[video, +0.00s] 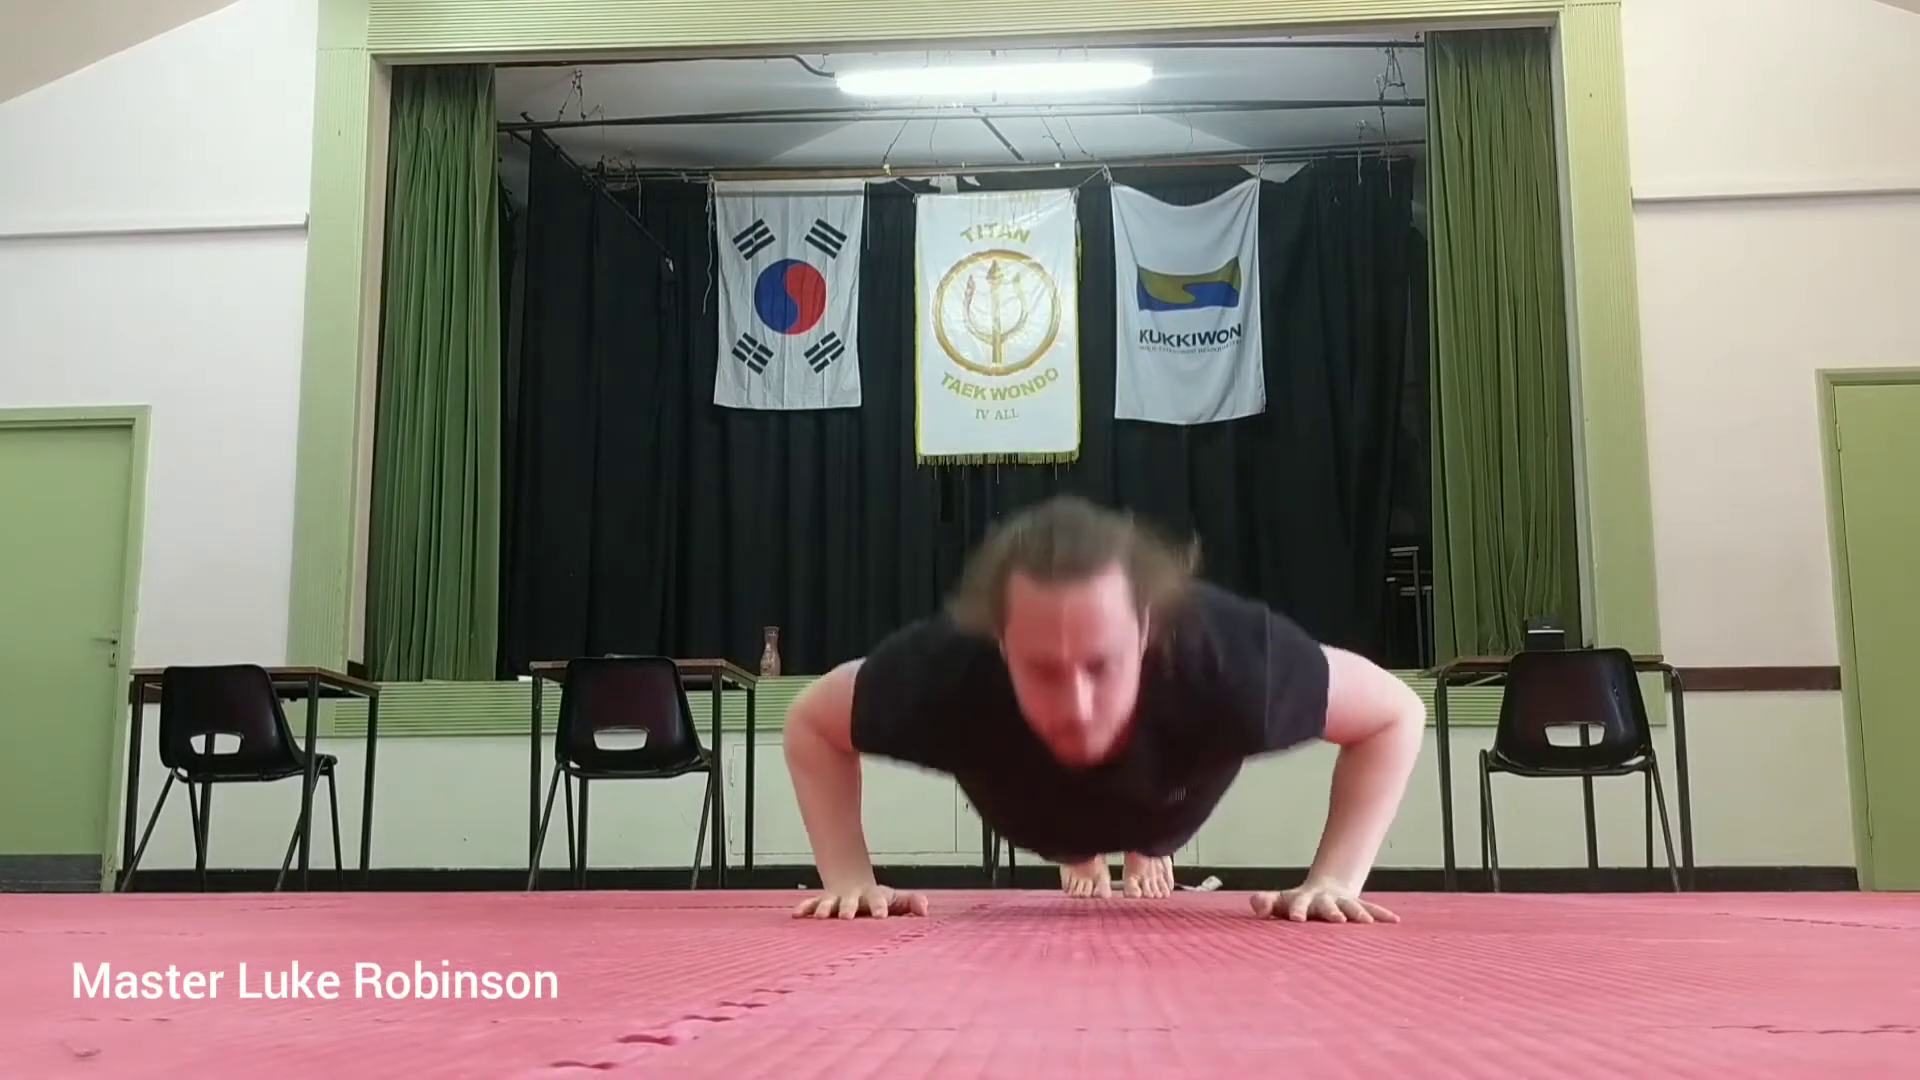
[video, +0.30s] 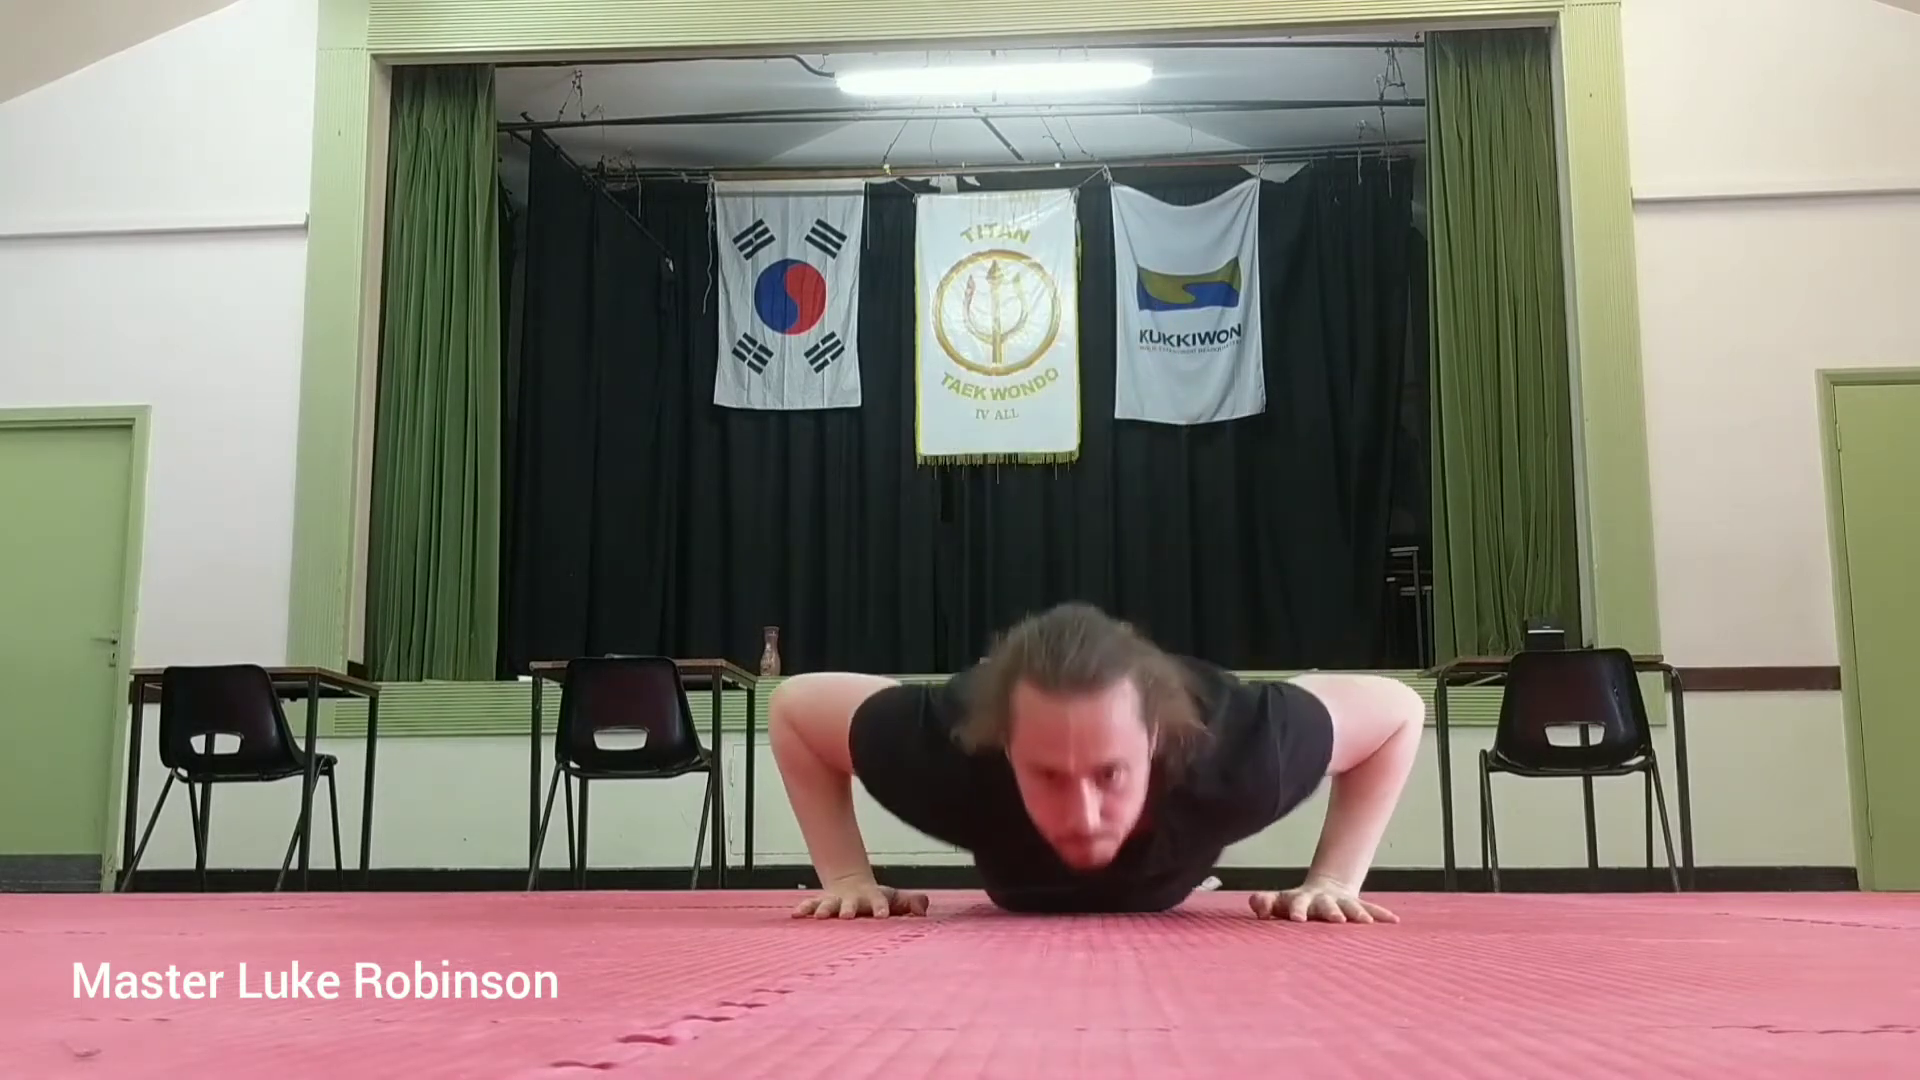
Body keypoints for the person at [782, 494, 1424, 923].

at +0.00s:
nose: (1076, 700)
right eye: (1046, 672)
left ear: (1145, 635)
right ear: (1003, 646)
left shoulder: (1229, 662)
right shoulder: (948, 675)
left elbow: (1394, 716)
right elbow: (813, 723)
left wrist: (1337, 878)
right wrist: (848, 880)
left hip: (1167, 795)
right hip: (1032, 806)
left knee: (1146, 822)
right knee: (1067, 833)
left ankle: (1144, 851)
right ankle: (1082, 855)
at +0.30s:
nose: (1085, 813)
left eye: (1110, 775)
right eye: (1050, 779)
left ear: (1157, 744)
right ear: (1006, 749)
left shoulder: (1242, 754)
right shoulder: (947, 747)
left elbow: (1397, 714)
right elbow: (796, 712)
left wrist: (1335, 878)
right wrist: (845, 875)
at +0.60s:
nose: (1071, 569)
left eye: (1095, 535)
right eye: (1043, 537)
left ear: (1141, 522)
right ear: (1003, 527)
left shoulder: (1225, 588)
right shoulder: (948, 596)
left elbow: (1390, 708)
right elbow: (798, 720)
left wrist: (1336, 877)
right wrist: (846, 872)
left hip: (1166, 773)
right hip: (1040, 784)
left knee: (1155, 816)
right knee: (1074, 830)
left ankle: (1148, 845)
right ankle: (1081, 860)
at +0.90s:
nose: (1067, 416)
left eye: (1090, 379)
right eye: (1036, 384)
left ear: (1133, 361)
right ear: (997, 374)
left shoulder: (1215, 469)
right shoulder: (939, 481)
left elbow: (1324, 674)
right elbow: (855, 679)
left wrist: (1329, 876)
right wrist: (849, 877)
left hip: (1157, 672)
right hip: (1030, 678)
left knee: (1150, 755)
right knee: (1057, 763)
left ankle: (1141, 816)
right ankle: (1076, 822)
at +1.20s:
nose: (1082, 438)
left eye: (1106, 402)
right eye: (1050, 408)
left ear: (1148, 372)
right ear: (1013, 387)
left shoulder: (1231, 451)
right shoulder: (957, 469)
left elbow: (1299, 670)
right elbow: (887, 672)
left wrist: (1327, 874)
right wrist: (850, 872)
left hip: (1167, 618)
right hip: (1034, 628)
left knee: (1153, 736)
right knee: (1050, 742)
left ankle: (1139, 824)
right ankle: (1062, 827)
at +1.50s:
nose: (1084, 463)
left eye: (1108, 431)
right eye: (1055, 435)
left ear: (1150, 397)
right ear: (1020, 408)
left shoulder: (1236, 450)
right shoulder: (979, 465)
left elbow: (1305, 670)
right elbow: (861, 641)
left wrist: (1330, 875)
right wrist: (814, 837)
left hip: (1202, 610)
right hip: (1071, 615)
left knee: (1180, 742)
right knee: (1073, 725)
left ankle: (1139, 809)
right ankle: (1059, 828)